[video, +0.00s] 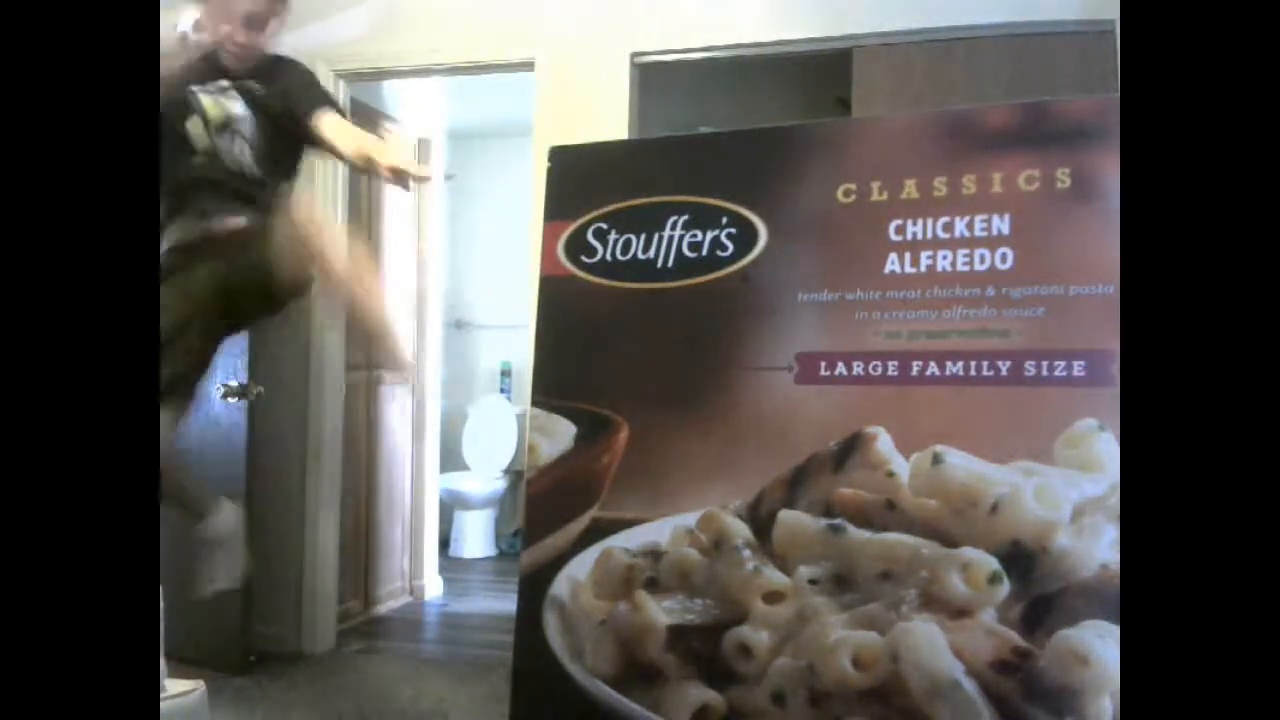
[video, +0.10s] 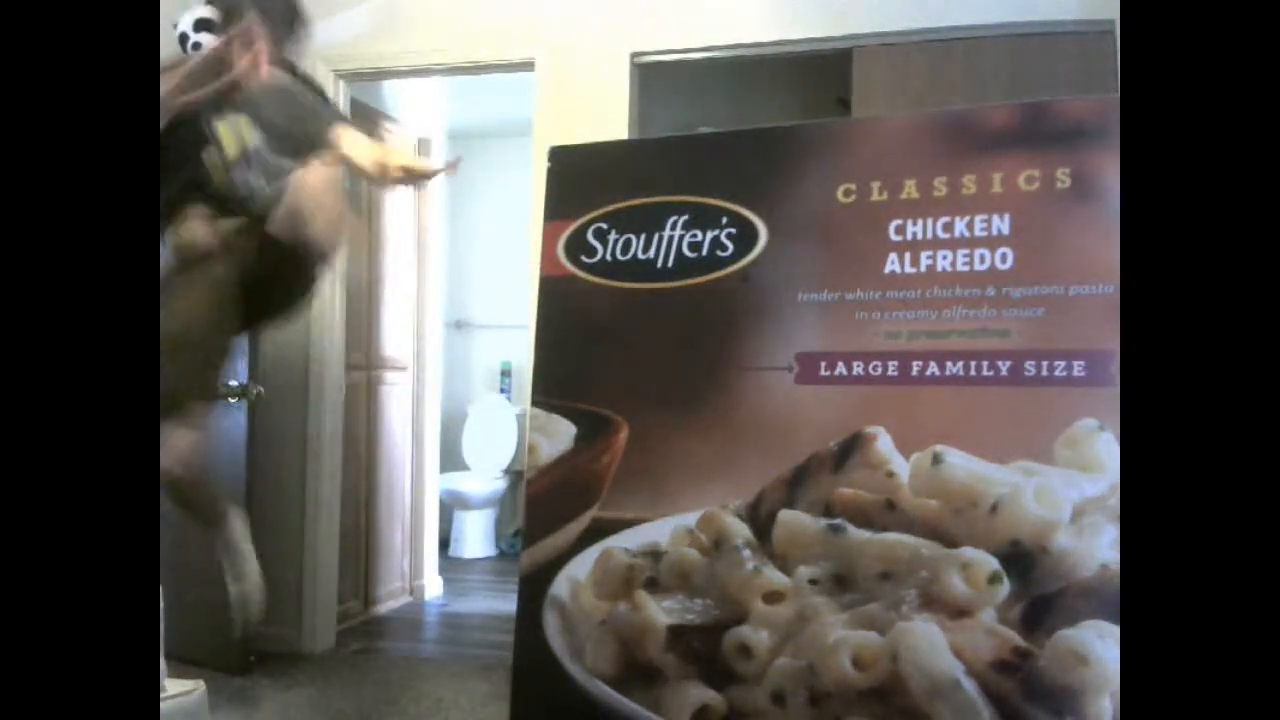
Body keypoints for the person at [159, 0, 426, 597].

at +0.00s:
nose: (245, 36)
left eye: (259, 24)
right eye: (236, 20)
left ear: (274, 24)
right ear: (208, 13)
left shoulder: (283, 77)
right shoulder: (179, 70)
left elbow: (336, 131)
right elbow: (161, 88)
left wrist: (388, 161)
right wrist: (185, 52)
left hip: (262, 261)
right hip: (183, 274)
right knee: (160, 443)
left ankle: (397, 366)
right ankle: (216, 520)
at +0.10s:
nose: (240, 44)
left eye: (252, 33)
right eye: (231, 32)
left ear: (272, 37)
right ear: (216, 34)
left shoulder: (283, 94)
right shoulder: (187, 93)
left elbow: (353, 146)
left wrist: (397, 164)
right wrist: (212, 78)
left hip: (270, 265)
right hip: (194, 278)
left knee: (322, 176)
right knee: (176, 457)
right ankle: (227, 527)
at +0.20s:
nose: (271, 91)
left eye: (281, 78)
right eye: (262, 73)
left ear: (287, 80)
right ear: (231, 61)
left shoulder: (283, 122)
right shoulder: (195, 122)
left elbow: (334, 155)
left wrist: (388, 172)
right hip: (206, 310)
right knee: (197, 483)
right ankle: (249, 604)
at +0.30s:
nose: (219, 137)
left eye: (234, 123)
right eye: (210, 120)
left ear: (255, 127)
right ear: (189, 124)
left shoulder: (289, 190)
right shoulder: (186, 198)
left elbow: (390, 204)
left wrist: (383, 174)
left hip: (295, 389)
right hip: (226, 390)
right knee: (223, 554)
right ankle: (272, 692)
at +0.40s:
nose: (185, 216)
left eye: (193, 197)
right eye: (173, 206)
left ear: (223, 187)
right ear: (165, 216)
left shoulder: (277, 246)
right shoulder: (187, 278)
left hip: (324, 424)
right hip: (250, 438)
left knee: (270, 569)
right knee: (190, 595)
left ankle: (331, 709)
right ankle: (279, 706)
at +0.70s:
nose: (166, 213)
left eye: (173, 194)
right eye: (162, 198)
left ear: (208, 182)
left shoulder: (261, 214)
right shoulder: (232, 255)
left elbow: (262, 263)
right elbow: (269, 370)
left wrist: (175, 315)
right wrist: (202, 408)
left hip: (318, 400)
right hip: (296, 405)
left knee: (206, 555)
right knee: (235, 567)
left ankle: (244, 708)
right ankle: (280, 704)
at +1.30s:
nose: (201, 154)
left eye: (214, 138)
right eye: (195, 140)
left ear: (257, 134)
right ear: (191, 139)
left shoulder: (301, 189)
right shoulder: (244, 215)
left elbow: (323, 242)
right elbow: (236, 317)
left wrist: (251, 300)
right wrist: (175, 324)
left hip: (327, 386)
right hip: (284, 389)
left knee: (221, 541)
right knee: (258, 553)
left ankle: (297, 697)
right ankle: (260, 692)